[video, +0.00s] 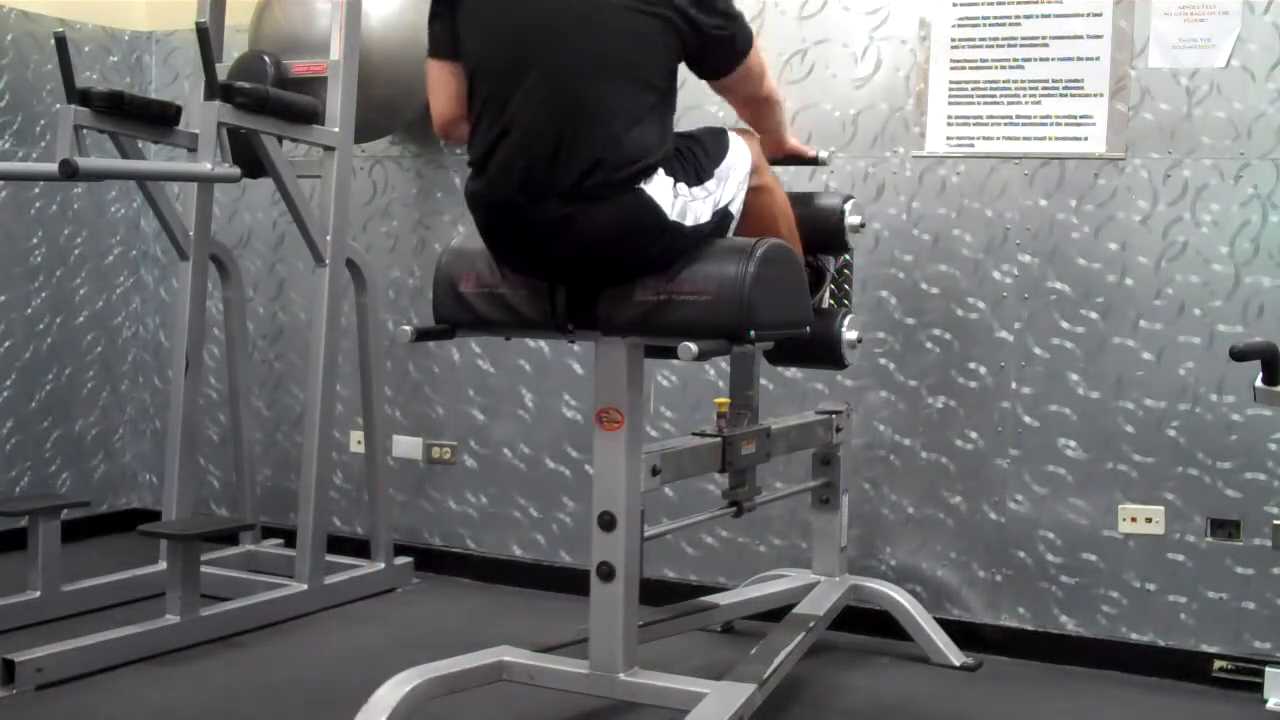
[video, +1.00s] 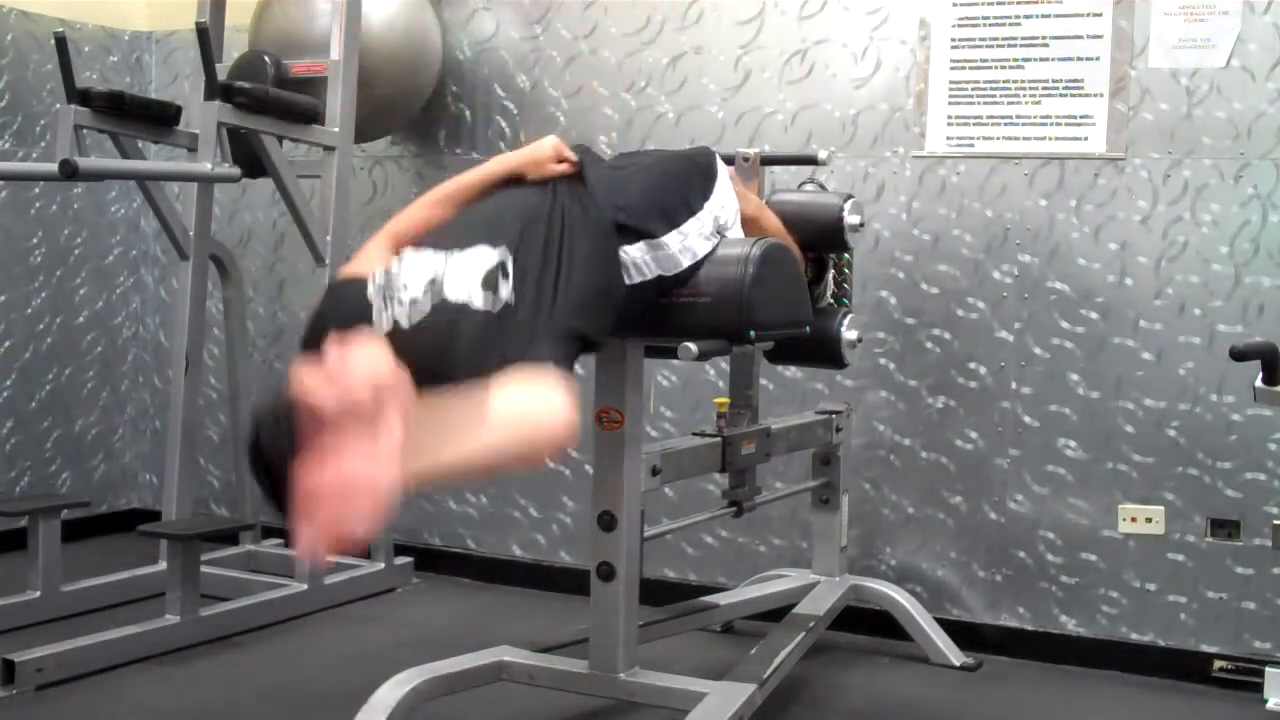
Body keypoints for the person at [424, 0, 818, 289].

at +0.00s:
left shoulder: (457, 1)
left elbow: (448, 118)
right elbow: (754, 88)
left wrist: (524, 127)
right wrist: (778, 143)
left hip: (511, 235)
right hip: (628, 228)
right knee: (745, 150)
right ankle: (796, 302)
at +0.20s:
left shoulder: (442, 2)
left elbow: (446, 124)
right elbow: (746, 58)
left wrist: (518, 109)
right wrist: (764, 70)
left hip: (512, 238)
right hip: (627, 226)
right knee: (744, 160)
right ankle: (796, 303)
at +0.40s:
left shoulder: (395, 20)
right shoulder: (584, 7)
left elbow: (416, 132)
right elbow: (709, 18)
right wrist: (758, 3)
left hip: (503, 252)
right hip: (609, 232)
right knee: (737, 179)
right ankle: (803, 299)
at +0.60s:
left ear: (355, 2)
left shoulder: (331, 84)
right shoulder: (499, 64)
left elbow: (443, 164)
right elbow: (665, 7)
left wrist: (558, 131)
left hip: (489, 259)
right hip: (597, 253)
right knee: (714, 184)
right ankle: (802, 266)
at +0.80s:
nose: (345, 131)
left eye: (328, 137)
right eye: (339, 149)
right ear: (375, 216)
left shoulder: (327, 267)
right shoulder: (466, 248)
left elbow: (437, 170)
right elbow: (592, 103)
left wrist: (541, 138)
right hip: (606, 250)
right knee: (728, 189)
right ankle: (802, 273)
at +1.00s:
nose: (345, 381)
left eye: (317, 384)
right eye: (344, 419)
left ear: (305, 368)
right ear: (364, 438)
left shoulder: (336, 314)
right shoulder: (472, 385)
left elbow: (398, 235)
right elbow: (554, 414)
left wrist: (511, 164)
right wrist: (403, 444)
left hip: (565, 194)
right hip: (613, 251)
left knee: (706, 176)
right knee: (735, 193)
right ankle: (806, 297)